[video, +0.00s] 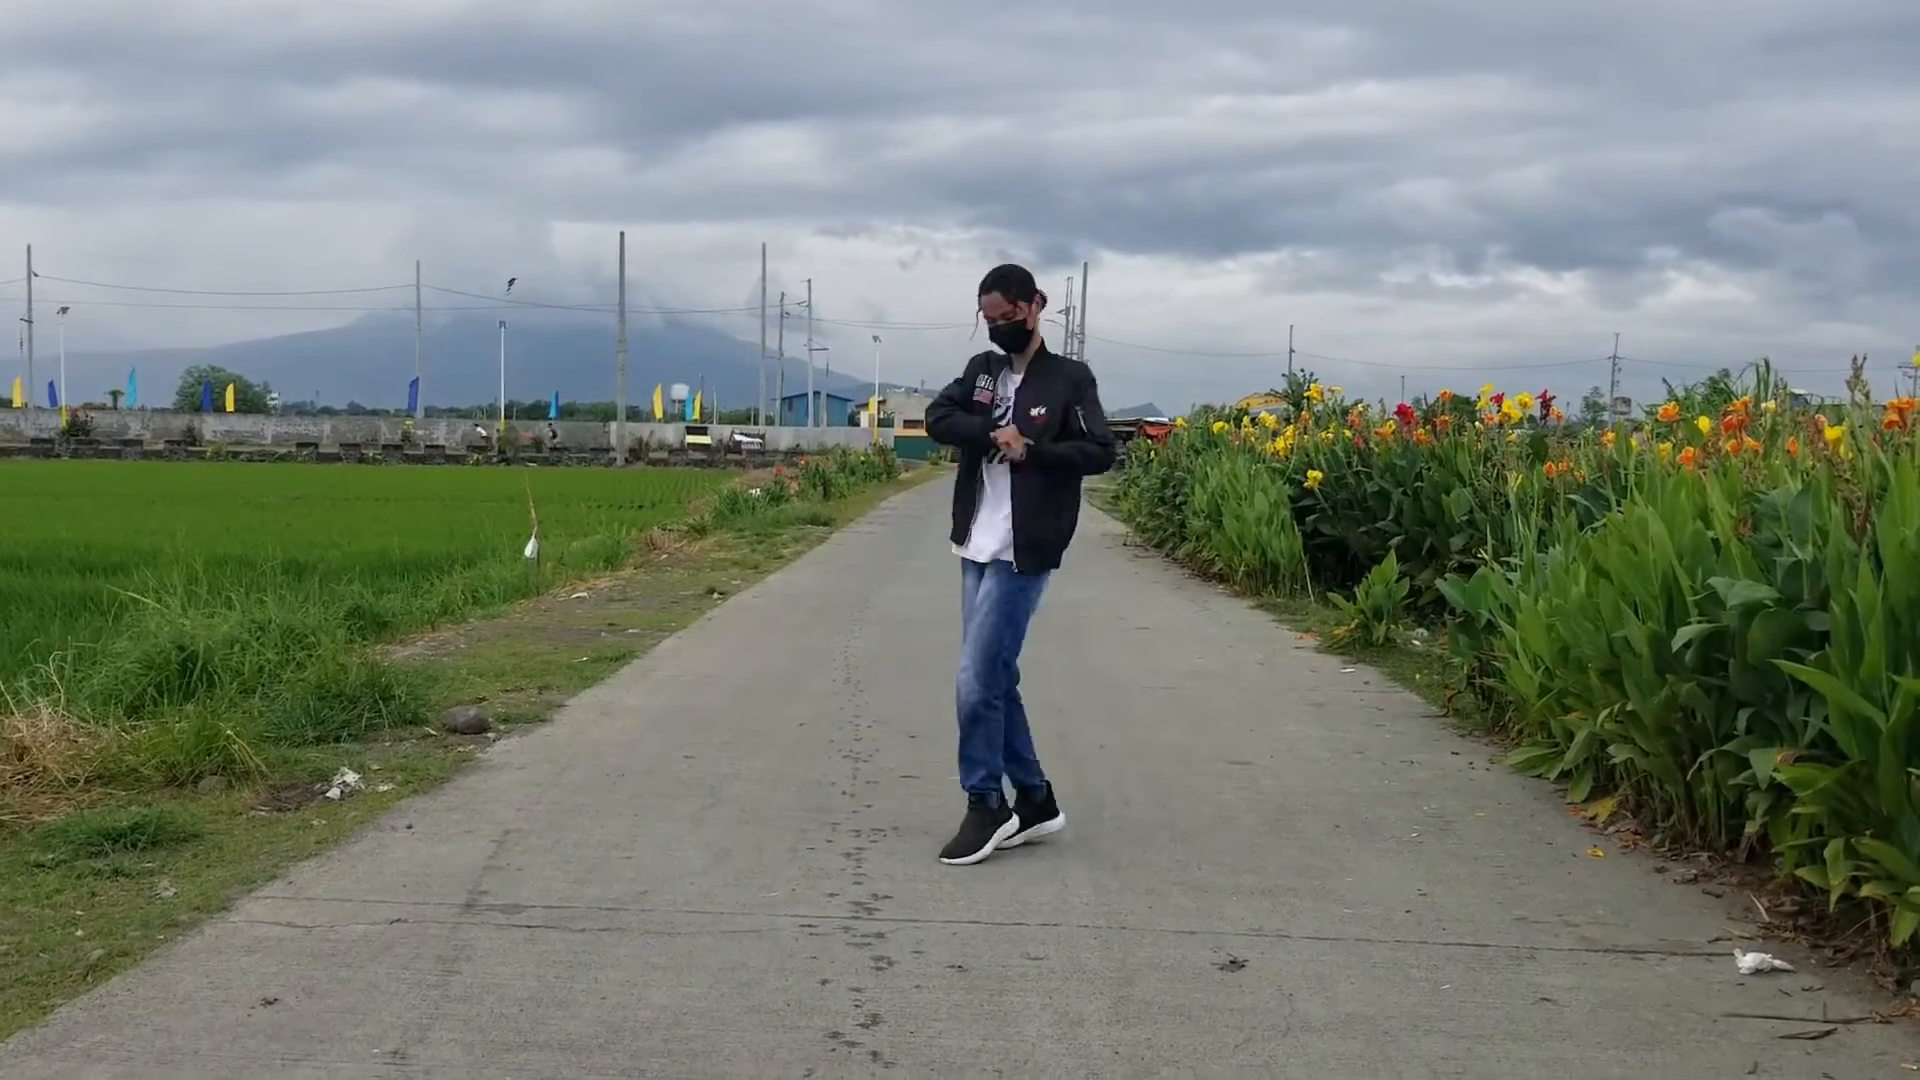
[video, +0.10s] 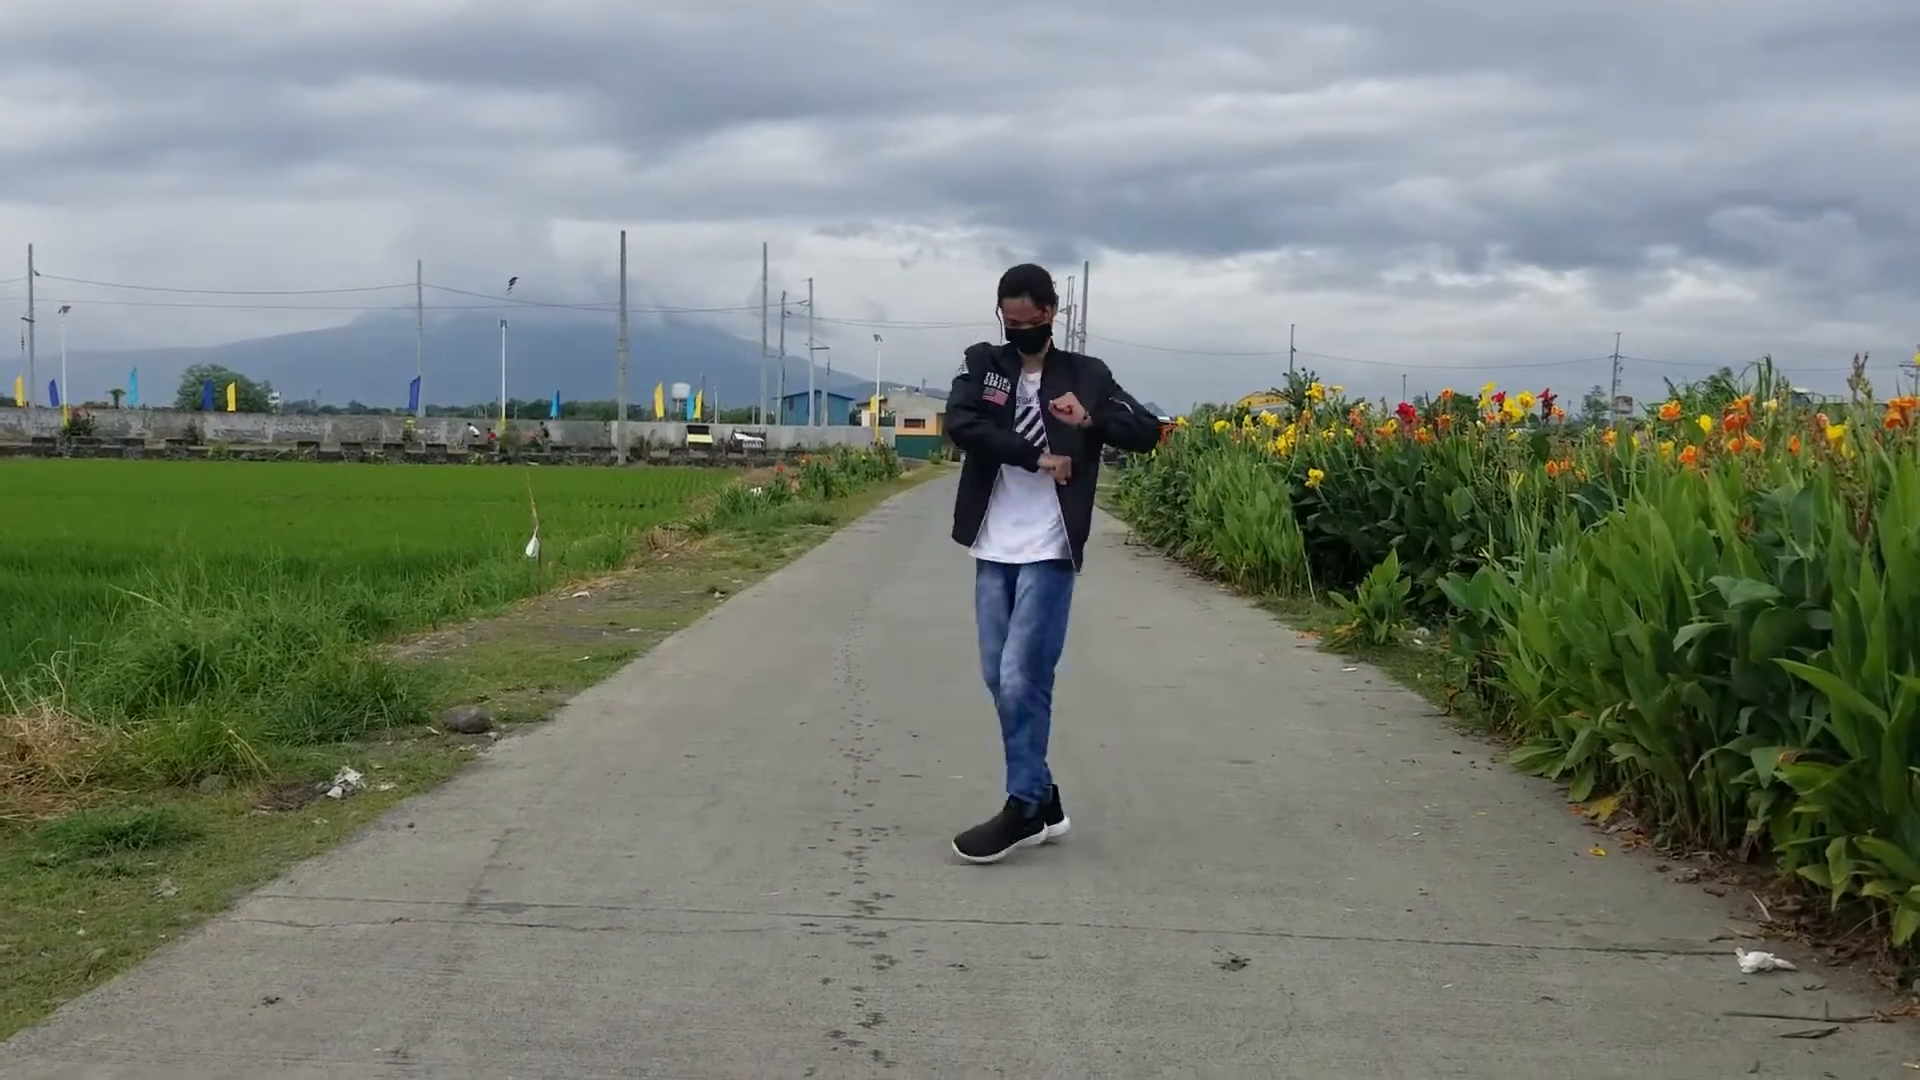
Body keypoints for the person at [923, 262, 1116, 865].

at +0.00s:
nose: (994, 329)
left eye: (1002, 318)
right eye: (987, 320)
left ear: (1033, 307)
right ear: (985, 316)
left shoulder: (1071, 377)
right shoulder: (982, 368)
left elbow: (1103, 451)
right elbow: (937, 417)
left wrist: (1034, 450)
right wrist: (991, 433)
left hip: (1023, 550)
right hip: (975, 543)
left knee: (976, 677)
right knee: (991, 676)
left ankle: (985, 806)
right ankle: (1034, 798)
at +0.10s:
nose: (1022, 331)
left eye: (1031, 320)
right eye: (1013, 320)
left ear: (1052, 311)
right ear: (1000, 314)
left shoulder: (1087, 374)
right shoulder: (984, 361)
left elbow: (1146, 432)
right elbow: (960, 422)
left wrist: (1092, 417)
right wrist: (1035, 456)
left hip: (1049, 548)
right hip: (992, 543)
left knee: (1021, 677)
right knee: (998, 677)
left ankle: (1019, 808)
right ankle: (1040, 798)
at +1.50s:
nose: (1058, 296)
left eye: (1069, 287)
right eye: (1054, 286)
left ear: (1103, 287)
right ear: (1052, 288)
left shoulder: (1148, 349)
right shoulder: (1035, 347)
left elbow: (1206, 412)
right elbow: (964, 385)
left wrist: (1174, 452)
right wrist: (985, 356)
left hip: (1131, 536)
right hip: (1061, 530)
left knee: (1161, 667)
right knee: (1036, 662)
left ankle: (1171, 781)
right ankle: (1018, 779)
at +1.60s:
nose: (1044, 299)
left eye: (1054, 288)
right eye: (1040, 290)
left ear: (1087, 291)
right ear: (1042, 296)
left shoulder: (1139, 353)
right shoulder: (1031, 367)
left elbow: (1193, 419)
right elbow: (983, 438)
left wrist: (1158, 452)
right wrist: (962, 371)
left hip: (1127, 544)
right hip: (1055, 539)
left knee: (1157, 676)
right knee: (1028, 668)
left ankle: (1167, 784)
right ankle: (1020, 781)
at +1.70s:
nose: (1053, 306)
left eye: (1061, 295)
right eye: (1044, 300)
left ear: (1092, 298)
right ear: (1039, 307)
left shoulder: (1140, 356)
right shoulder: (1031, 374)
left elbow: (1208, 417)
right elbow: (985, 446)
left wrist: (1159, 428)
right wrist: (977, 385)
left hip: (1132, 549)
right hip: (1060, 547)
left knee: (1176, 674)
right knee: (1029, 671)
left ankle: (1184, 775)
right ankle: (1022, 782)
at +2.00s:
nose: (1151, 319)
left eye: (1157, 309)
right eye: (1138, 310)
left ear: (1163, 305)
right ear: (1108, 311)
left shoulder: (1175, 380)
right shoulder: (1074, 366)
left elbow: (1178, 460)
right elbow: (1003, 419)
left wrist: (1255, 422)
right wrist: (1055, 425)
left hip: (1165, 551)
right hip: (1098, 551)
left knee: (1215, 671)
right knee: (1071, 677)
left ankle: (1221, 789)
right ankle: (1028, 780)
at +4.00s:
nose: (1069, 301)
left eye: (1077, 287)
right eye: (1054, 295)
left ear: (1094, 287)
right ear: (1039, 307)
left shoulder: (1145, 367)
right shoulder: (1020, 370)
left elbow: (1179, 467)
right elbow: (1014, 462)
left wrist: (1176, 563)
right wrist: (1032, 538)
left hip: (1132, 550)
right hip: (1059, 550)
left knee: (1113, 704)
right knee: (1060, 691)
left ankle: (1113, 839)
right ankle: (1050, 838)